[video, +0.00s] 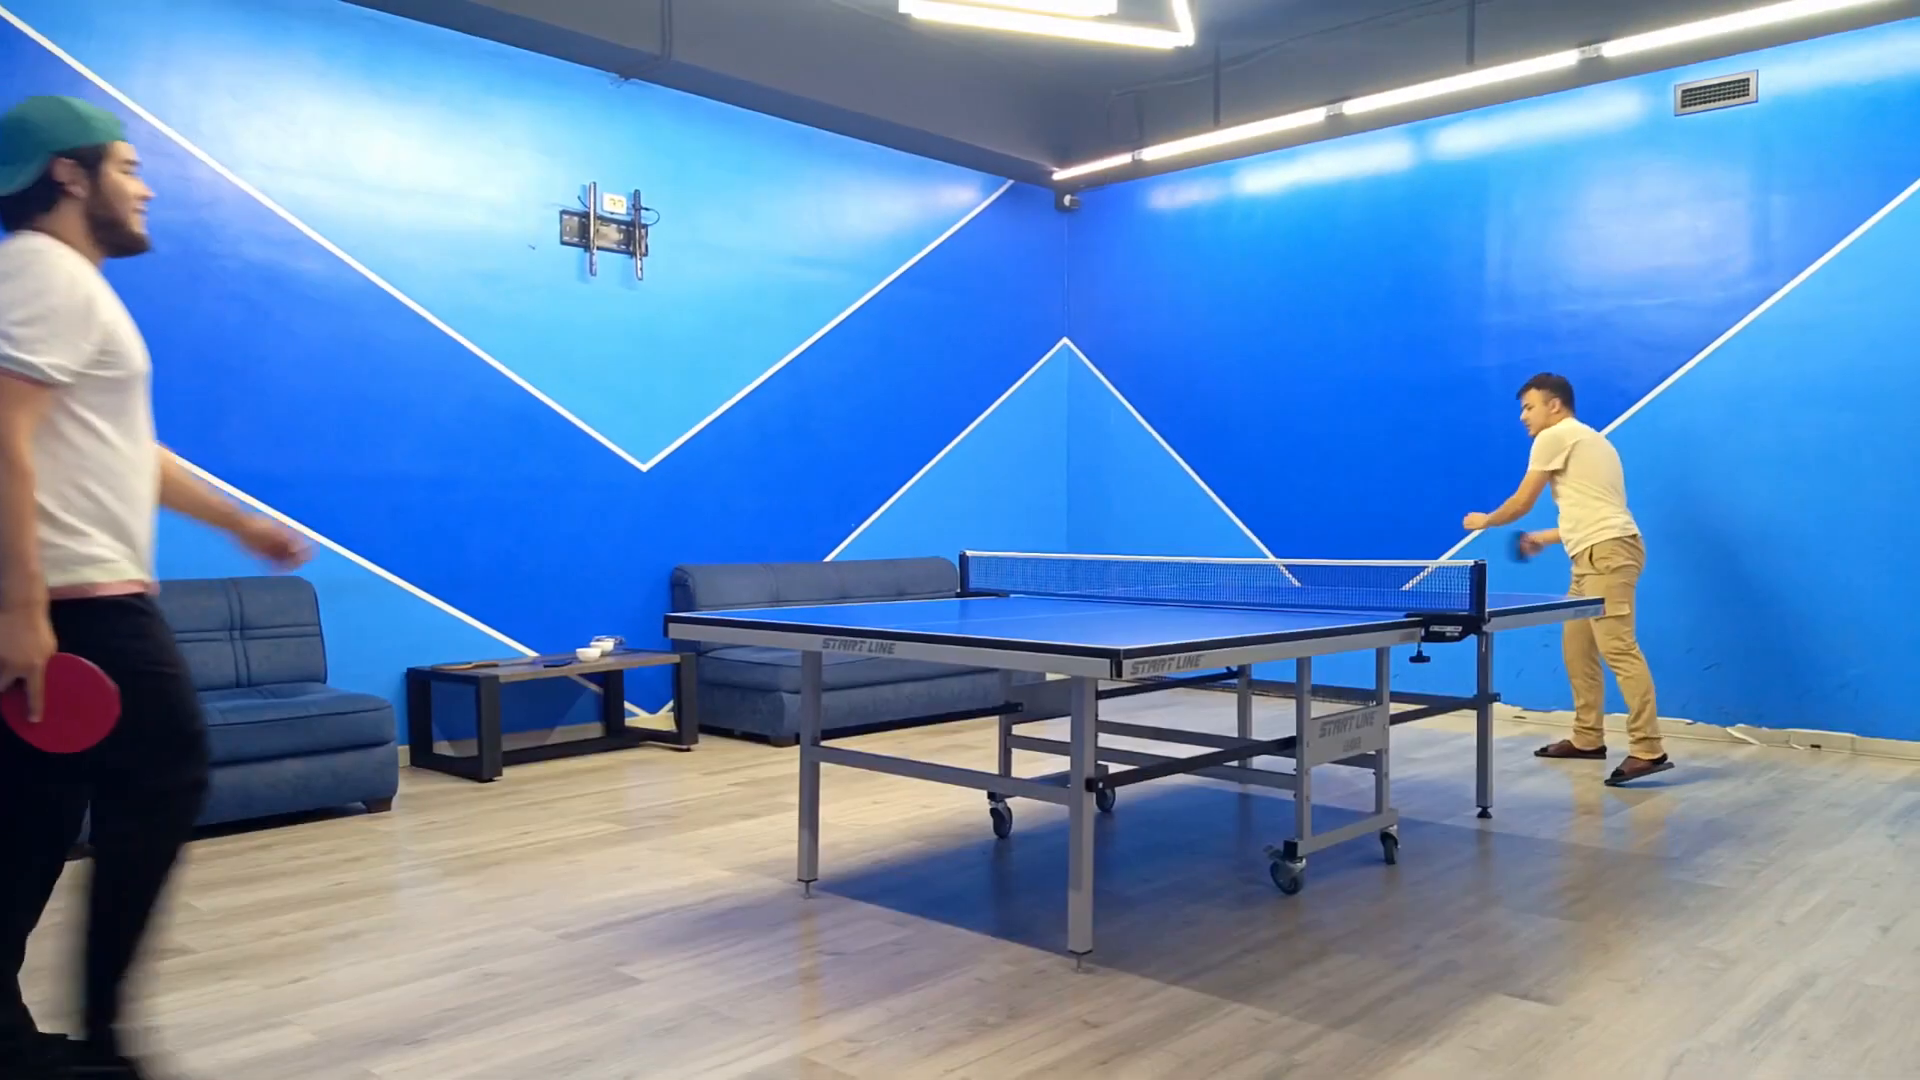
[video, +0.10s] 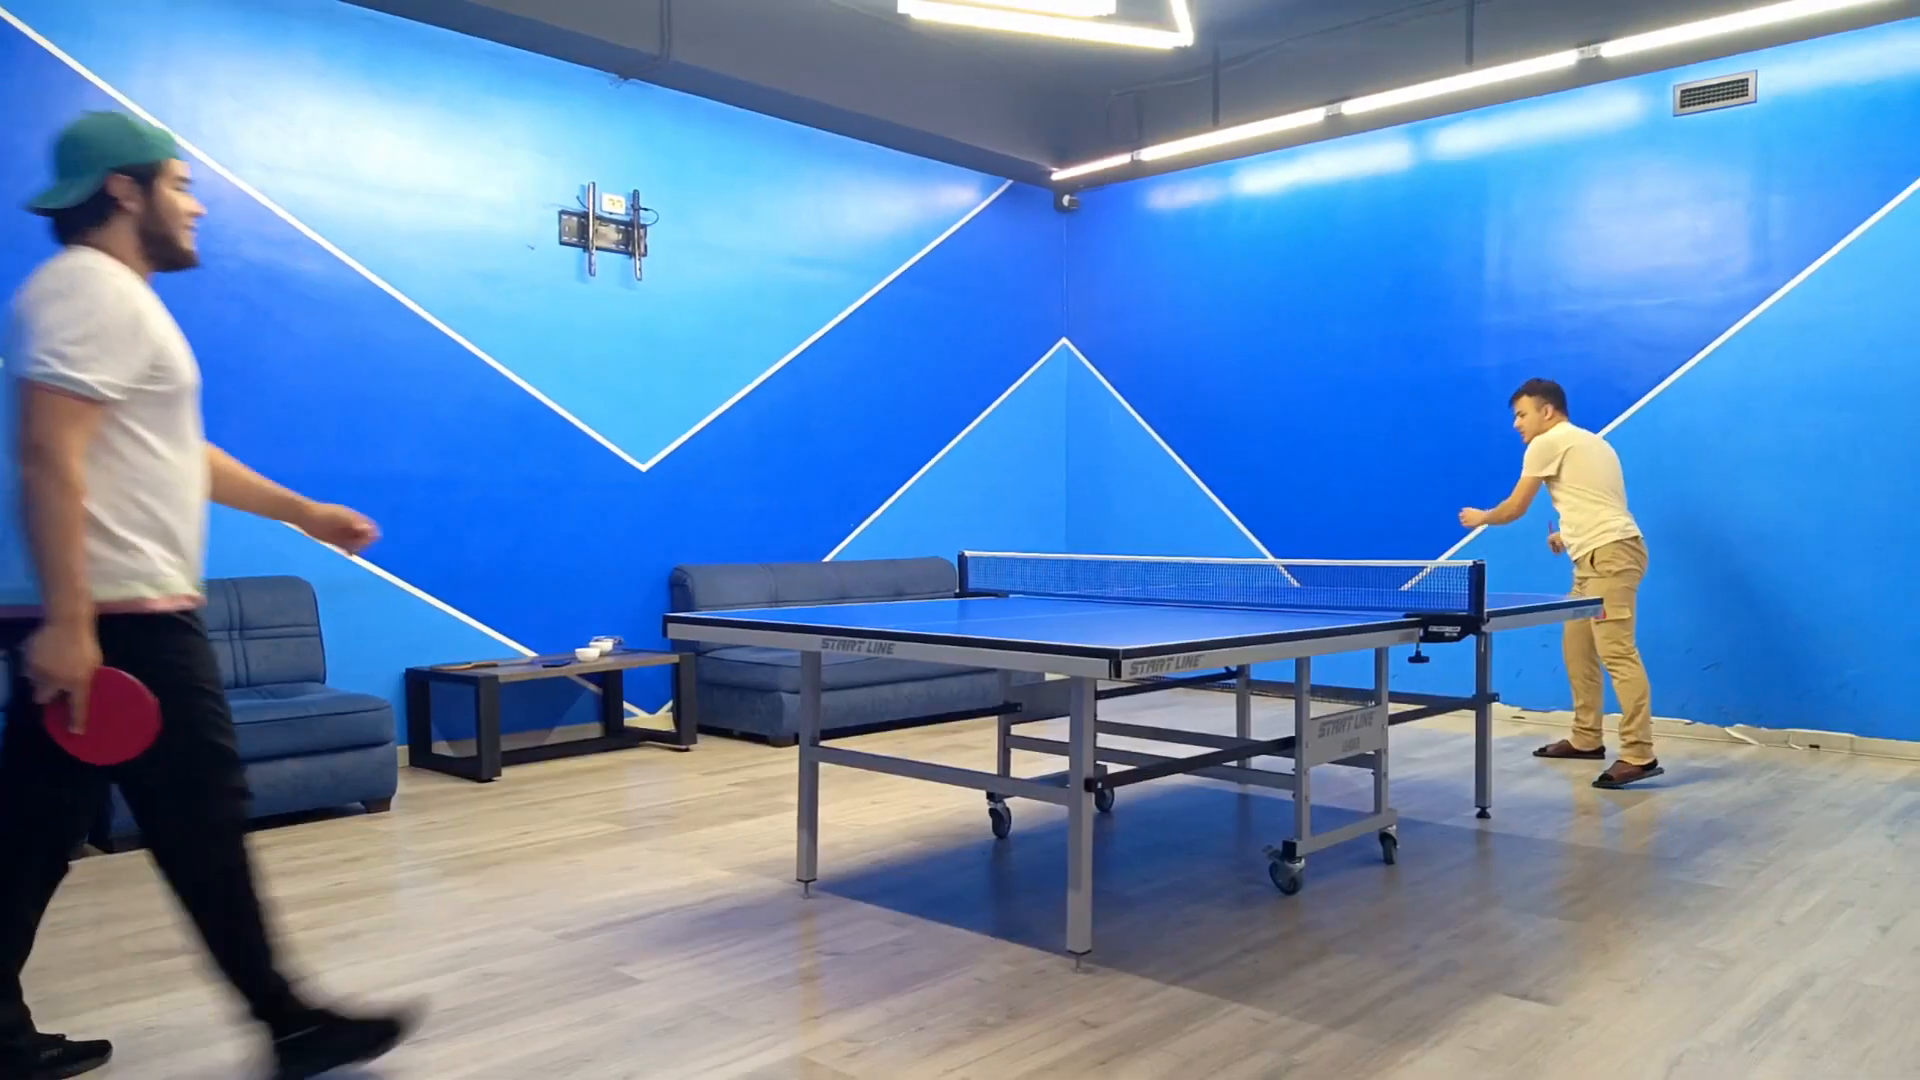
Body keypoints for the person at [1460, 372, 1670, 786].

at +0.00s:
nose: (1523, 417)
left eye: (1528, 408)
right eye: (1522, 409)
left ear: (1555, 406)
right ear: (1558, 410)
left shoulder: (1553, 437)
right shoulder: (1592, 440)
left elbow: (1521, 503)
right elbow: (1596, 514)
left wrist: (1485, 520)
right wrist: (1547, 536)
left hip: (1608, 549)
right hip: (1592, 554)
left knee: (1617, 645)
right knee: (1578, 647)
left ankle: (1648, 750)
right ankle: (1587, 740)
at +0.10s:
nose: (1517, 424)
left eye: (1521, 414)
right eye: (1516, 416)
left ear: (1548, 412)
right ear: (1552, 415)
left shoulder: (1547, 442)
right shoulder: (1592, 442)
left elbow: (1514, 509)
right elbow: (1603, 505)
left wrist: (1481, 517)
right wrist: (1567, 535)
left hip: (1610, 552)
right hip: (1595, 556)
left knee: (1616, 650)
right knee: (1578, 646)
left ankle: (1639, 755)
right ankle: (1586, 740)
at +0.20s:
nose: (1514, 428)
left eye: (1519, 418)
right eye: (1513, 420)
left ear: (1548, 415)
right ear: (1550, 419)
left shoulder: (1551, 446)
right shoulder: (1586, 446)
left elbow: (1511, 509)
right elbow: (1598, 524)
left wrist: (1474, 514)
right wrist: (1548, 533)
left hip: (1617, 556)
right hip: (1599, 561)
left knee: (1614, 654)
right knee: (1575, 645)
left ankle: (1639, 762)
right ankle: (1585, 741)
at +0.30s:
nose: (1515, 429)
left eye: (1521, 419)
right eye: (1514, 421)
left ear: (1550, 416)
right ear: (1549, 420)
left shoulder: (1564, 444)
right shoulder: (1567, 455)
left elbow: (1514, 508)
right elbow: (1574, 532)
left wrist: (1465, 513)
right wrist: (1513, 532)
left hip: (1628, 559)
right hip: (1597, 565)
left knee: (1615, 654)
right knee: (1574, 646)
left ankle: (1640, 763)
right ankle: (1584, 741)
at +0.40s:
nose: (1523, 430)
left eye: (1531, 420)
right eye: (1520, 422)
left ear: (1559, 419)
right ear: (1525, 426)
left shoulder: (1591, 448)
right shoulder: (1546, 474)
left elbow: (1547, 509)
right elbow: (1522, 531)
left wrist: (1481, 513)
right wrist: (1473, 538)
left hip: (1642, 564)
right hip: (1599, 572)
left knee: (1627, 656)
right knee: (1570, 647)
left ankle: (1640, 766)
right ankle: (1583, 742)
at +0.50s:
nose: (1528, 432)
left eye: (1536, 423)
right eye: (1524, 425)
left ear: (1565, 421)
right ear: (1524, 429)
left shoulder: (1609, 448)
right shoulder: (1537, 476)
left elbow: (1622, 500)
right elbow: (1529, 531)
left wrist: (1584, 507)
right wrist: (1517, 533)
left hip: (1642, 565)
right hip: (1596, 573)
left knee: (1630, 656)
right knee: (1565, 650)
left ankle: (1640, 766)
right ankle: (1581, 741)